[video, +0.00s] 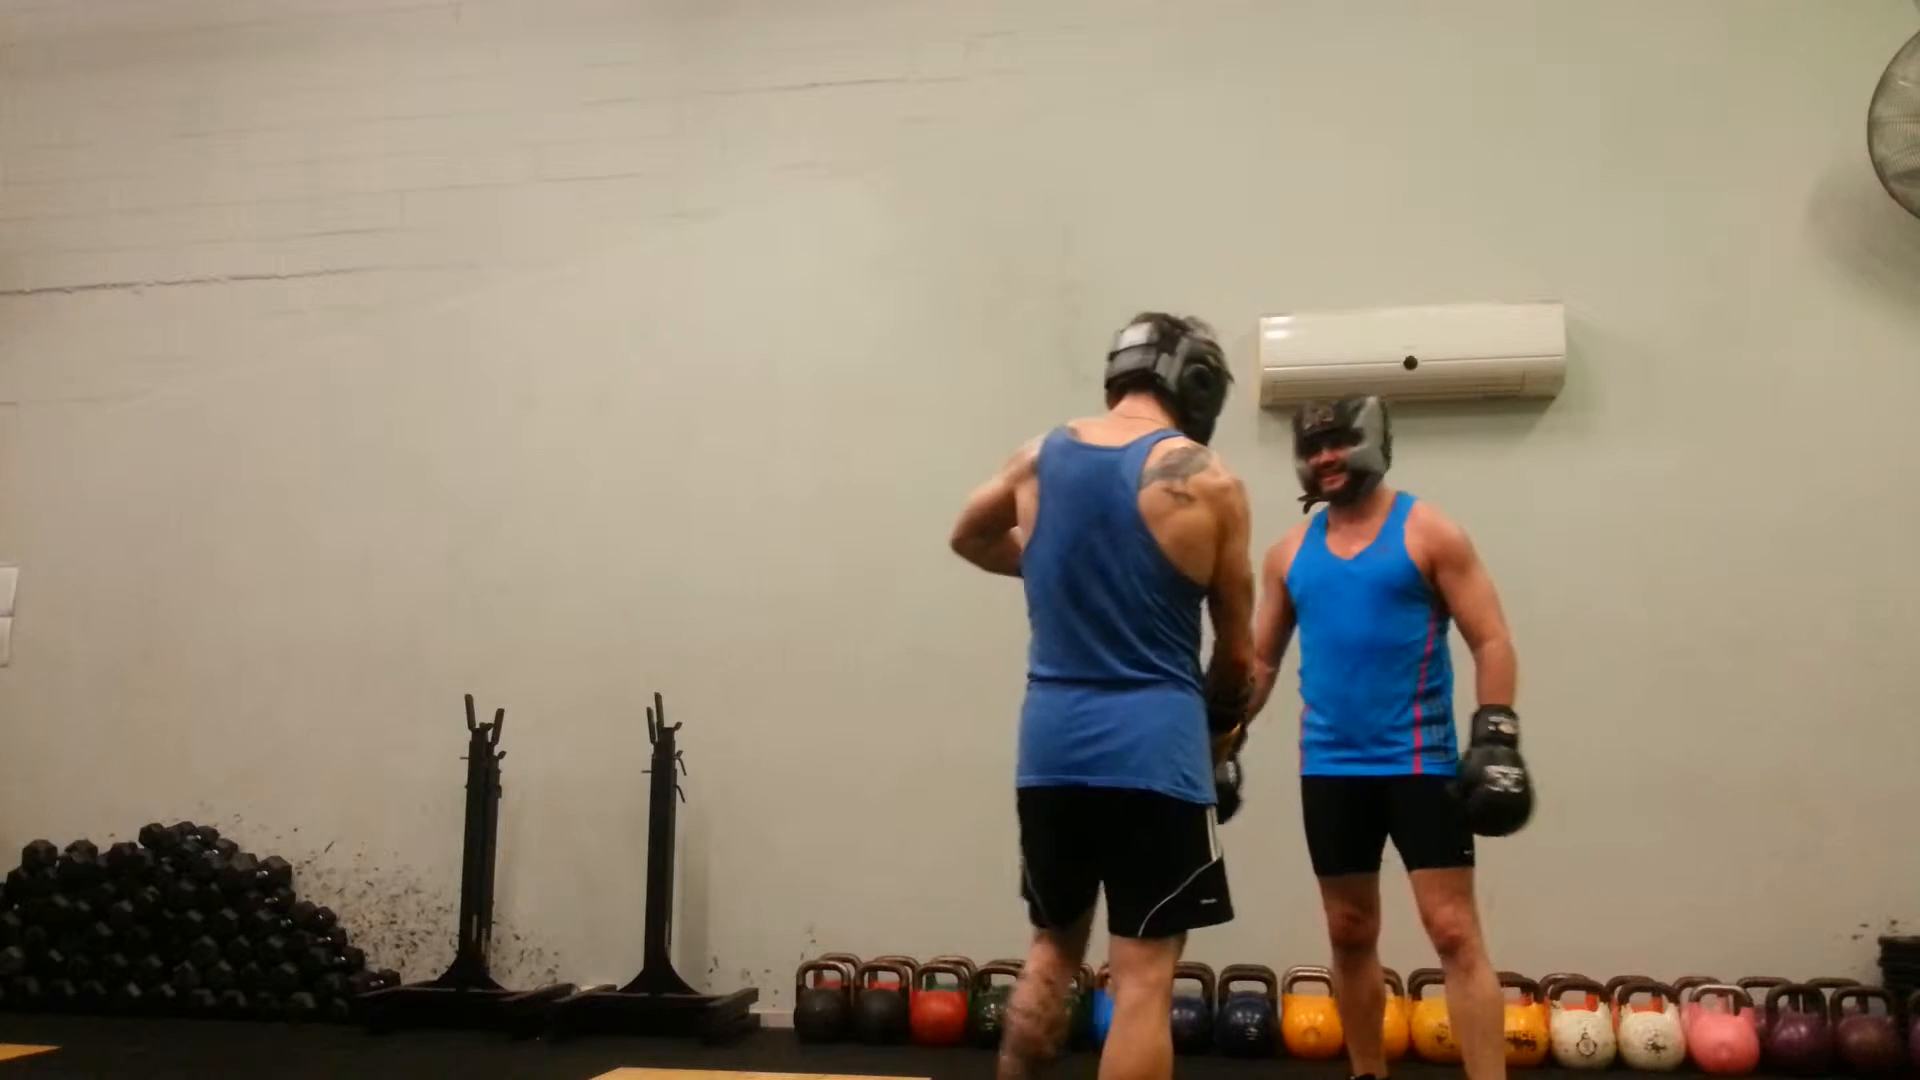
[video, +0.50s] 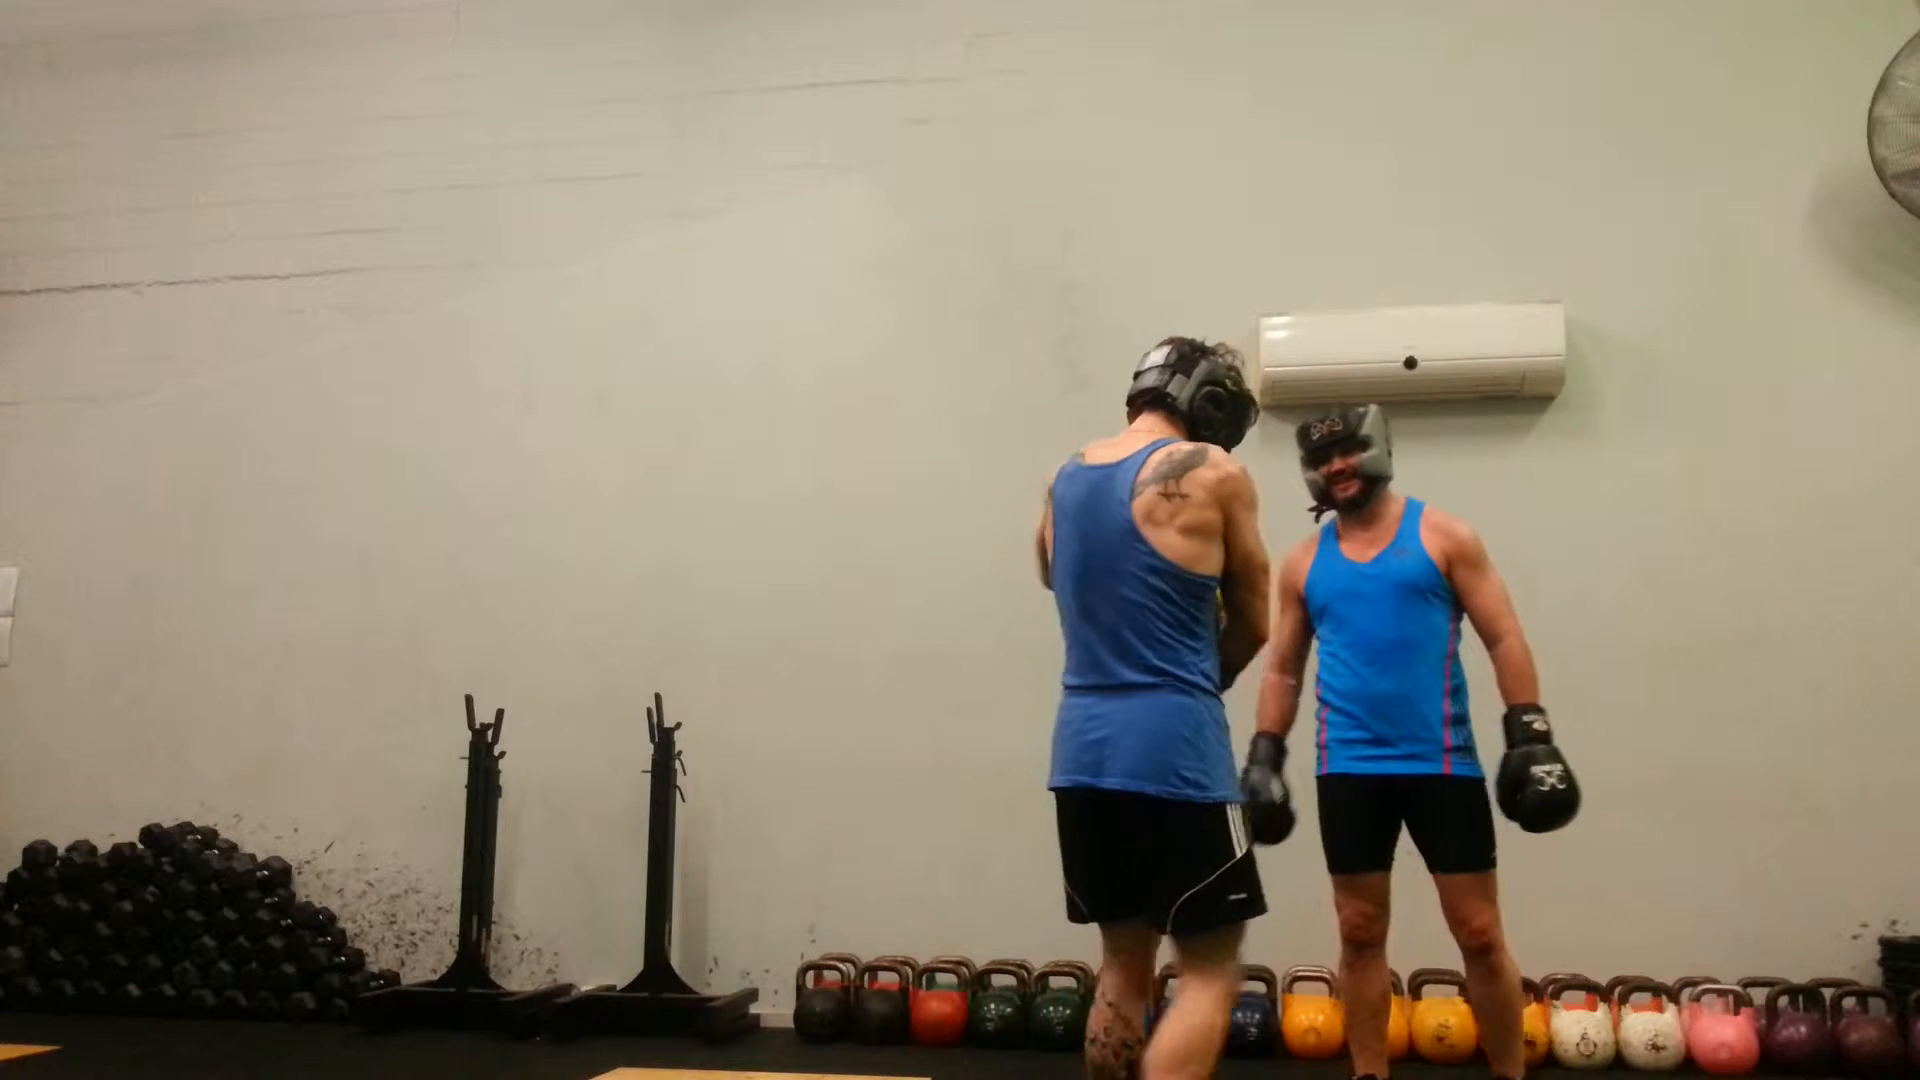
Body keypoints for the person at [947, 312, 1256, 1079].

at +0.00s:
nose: (1213, 402)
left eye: (1213, 392)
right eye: (1212, 390)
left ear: (1117, 380)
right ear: (1196, 384)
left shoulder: (1046, 452)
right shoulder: (1213, 485)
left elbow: (971, 536)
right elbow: (1233, 649)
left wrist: (1059, 568)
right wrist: (1216, 727)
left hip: (1050, 751)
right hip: (1153, 758)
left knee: (1054, 946)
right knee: (1142, 979)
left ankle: (1011, 1076)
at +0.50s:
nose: (1227, 437)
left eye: (1229, 425)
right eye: (1226, 422)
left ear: (1138, 398)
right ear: (1205, 404)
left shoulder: (1069, 472)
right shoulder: (1216, 471)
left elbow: (1055, 573)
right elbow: (1253, 622)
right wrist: (1186, 687)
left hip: (1082, 762)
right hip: (1177, 765)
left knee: (1122, 962)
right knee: (1209, 972)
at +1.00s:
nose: (1278, 435)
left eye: (1281, 424)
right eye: (1277, 420)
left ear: (1189, 403)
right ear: (1257, 408)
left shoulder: (1131, 479)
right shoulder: (1264, 476)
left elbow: (1171, 623)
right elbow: (1322, 612)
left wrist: (1254, 664)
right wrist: (1224, 649)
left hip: (1145, 764)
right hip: (1242, 765)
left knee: (1156, 968)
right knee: (1305, 978)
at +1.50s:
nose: (1419, 385)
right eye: (1416, 374)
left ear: (1318, 375)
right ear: (1406, 384)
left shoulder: (1258, 456)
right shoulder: (1430, 476)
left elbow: (1211, 562)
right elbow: (1431, 601)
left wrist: (1285, 621)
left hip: (1251, 758)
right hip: (1364, 762)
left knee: (1216, 975)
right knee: (1363, 985)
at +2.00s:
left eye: (1311, 358)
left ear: (1312, 363)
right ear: (1401, 364)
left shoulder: (1266, 449)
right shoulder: (1453, 462)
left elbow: (1194, 542)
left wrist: (1244, 579)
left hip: (1297, 760)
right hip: (1415, 762)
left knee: (1300, 996)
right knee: (1390, 999)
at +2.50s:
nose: (1274, 363)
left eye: (1277, 352)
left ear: (1285, 359)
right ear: (1378, 349)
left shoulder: (1256, 457)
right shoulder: (1465, 452)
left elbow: (1238, 605)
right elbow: (1503, 611)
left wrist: (1317, 575)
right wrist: (1411, 594)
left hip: (1323, 752)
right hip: (1446, 753)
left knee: (1342, 1014)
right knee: (1451, 988)